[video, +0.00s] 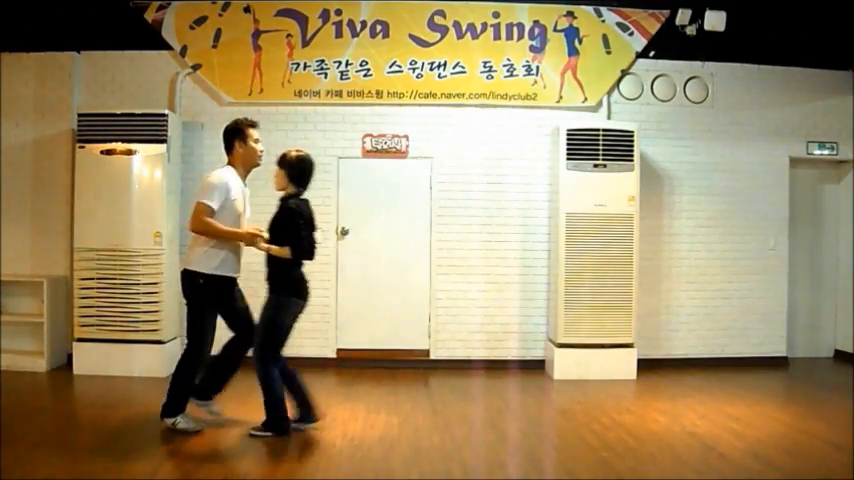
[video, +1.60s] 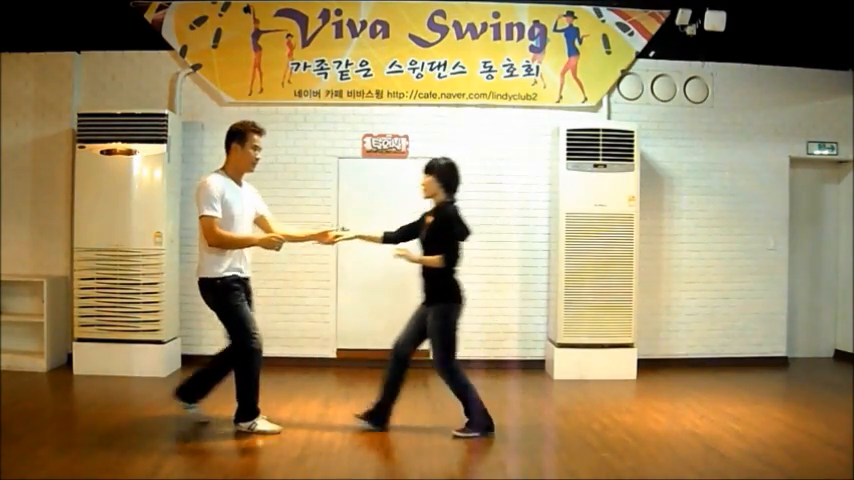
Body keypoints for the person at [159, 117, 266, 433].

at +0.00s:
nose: (261, 148)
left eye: (260, 141)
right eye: (255, 142)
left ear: (241, 148)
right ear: (237, 146)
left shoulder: (239, 185)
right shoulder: (219, 179)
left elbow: (223, 226)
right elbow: (197, 222)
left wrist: (249, 235)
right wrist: (240, 235)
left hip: (222, 277)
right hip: (201, 276)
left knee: (245, 333)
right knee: (198, 346)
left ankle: (202, 396)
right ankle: (172, 412)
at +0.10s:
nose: (262, 146)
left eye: (261, 140)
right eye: (256, 140)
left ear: (245, 147)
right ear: (238, 146)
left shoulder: (242, 184)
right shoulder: (222, 179)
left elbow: (230, 231)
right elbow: (212, 227)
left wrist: (264, 241)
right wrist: (257, 240)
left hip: (226, 277)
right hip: (204, 275)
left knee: (256, 330)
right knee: (197, 347)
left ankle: (244, 405)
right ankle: (172, 412)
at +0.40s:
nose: (265, 140)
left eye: (263, 135)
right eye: (258, 135)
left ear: (252, 143)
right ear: (239, 142)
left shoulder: (261, 183)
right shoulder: (230, 181)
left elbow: (271, 228)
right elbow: (242, 233)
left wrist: (307, 237)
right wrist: (291, 233)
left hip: (261, 275)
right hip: (238, 277)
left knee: (277, 340)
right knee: (239, 346)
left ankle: (278, 412)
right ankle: (189, 398)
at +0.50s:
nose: (267, 137)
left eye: (265, 132)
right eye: (260, 133)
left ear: (251, 141)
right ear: (241, 141)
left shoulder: (268, 181)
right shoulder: (231, 182)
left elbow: (281, 226)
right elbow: (239, 233)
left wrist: (318, 235)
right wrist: (285, 227)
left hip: (270, 271)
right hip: (246, 274)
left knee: (279, 341)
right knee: (263, 341)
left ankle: (278, 412)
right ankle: (215, 396)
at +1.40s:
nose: (273, 154)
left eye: (274, 149)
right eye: (269, 147)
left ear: (259, 149)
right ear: (249, 145)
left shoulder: (261, 189)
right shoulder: (221, 181)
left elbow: (299, 221)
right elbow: (216, 228)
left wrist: (339, 222)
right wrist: (260, 231)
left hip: (252, 276)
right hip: (227, 277)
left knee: (278, 334)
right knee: (255, 342)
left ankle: (270, 408)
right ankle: (247, 418)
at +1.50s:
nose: (266, 154)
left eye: (267, 148)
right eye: (262, 147)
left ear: (251, 149)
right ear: (241, 146)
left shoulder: (253, 189)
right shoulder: (216, 182)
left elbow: (286, 226)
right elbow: (216, 232)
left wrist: (329, 227)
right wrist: (263, 234)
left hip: (246, 276)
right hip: (222, 278)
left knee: (266, 338)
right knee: (253, 342)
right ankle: (247, 416)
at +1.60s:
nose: (259, 155)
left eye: (260, 149)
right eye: (255, 148)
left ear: (245, 151)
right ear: (234, 147)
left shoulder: (249, 192)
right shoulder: (211, 185)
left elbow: (272, 233)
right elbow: (212, 237)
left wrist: (314, 236)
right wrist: (258, 241)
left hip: (240, 279)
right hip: (217, 280)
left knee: (242, 345)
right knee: (250, 341)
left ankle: (188, 394)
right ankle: (247, 417)